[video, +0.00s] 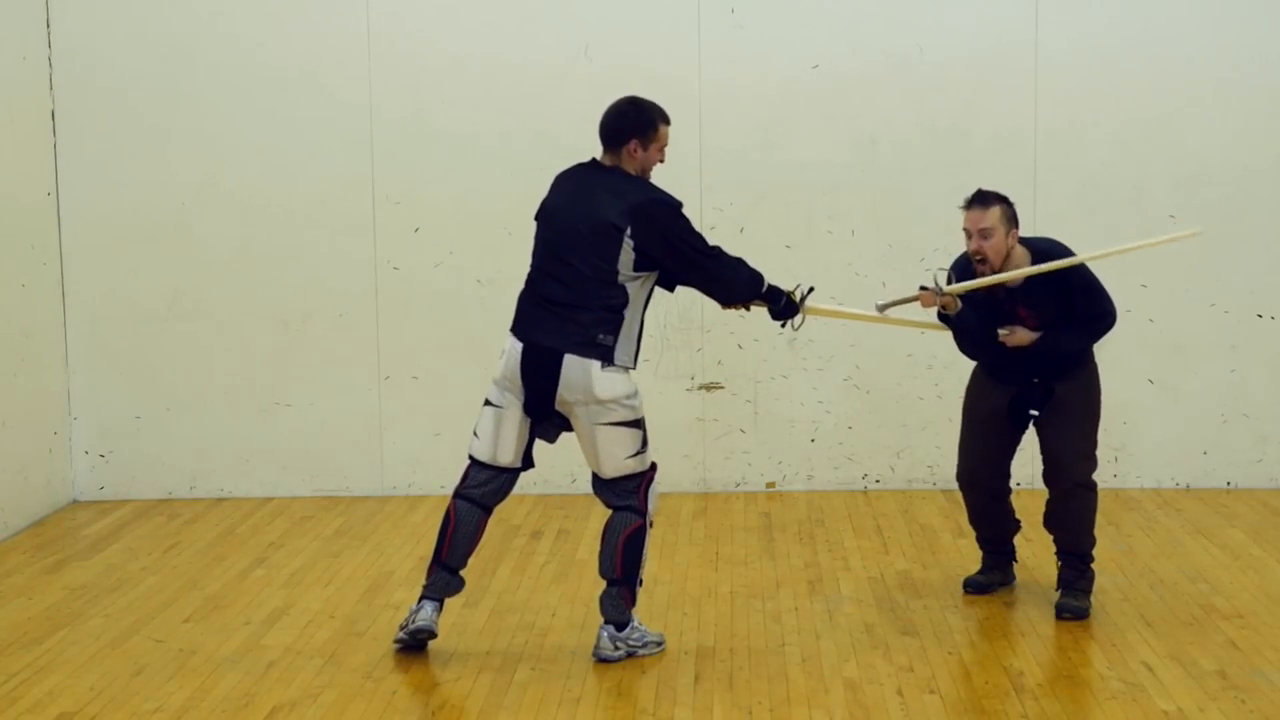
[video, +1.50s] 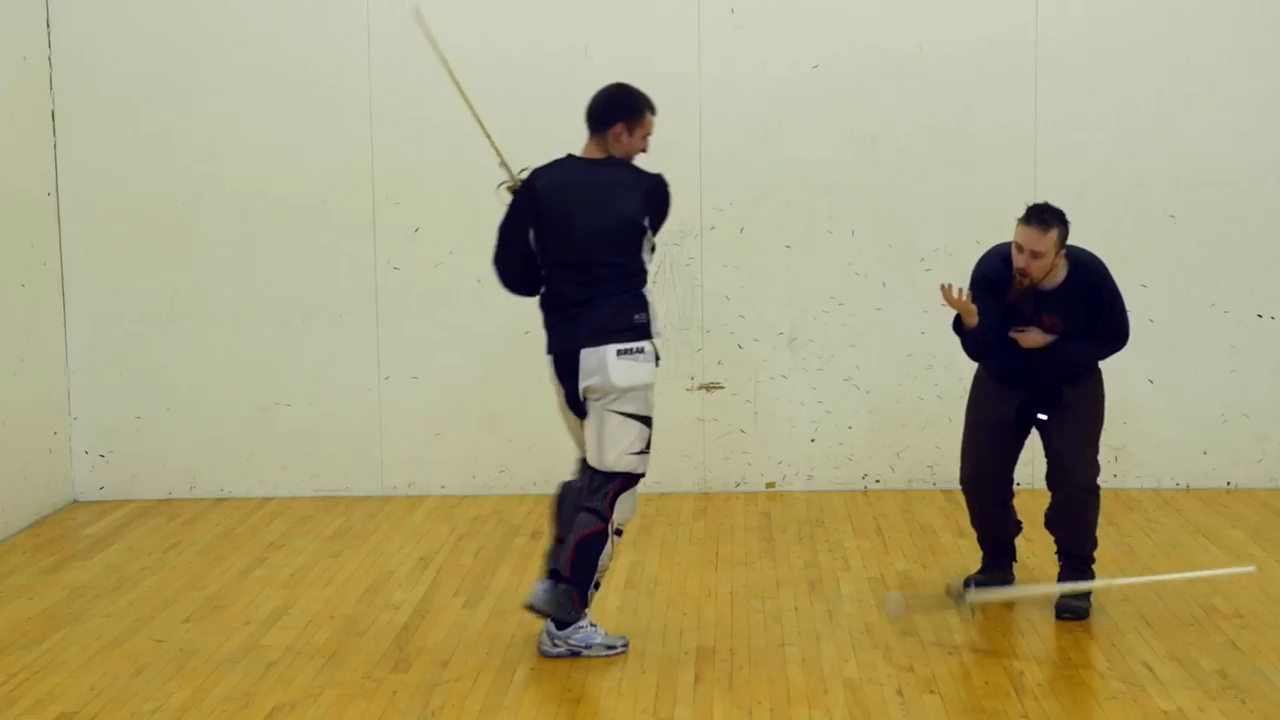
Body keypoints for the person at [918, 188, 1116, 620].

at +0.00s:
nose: (975, 246)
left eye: (986, 235)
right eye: (969, 235)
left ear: (1012, 234)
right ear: (964, 234)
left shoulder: (1054, 260)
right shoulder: (963, 274)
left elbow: (1102, 315)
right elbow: (978, 348)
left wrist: (1040, 339)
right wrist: (953, 311)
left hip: (1067, 375)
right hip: (998, 375)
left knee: (1070, 476)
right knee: (977, 472)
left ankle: (1075, 579)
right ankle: (997, 562)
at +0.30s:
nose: (1006, 251)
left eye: (1017, 240)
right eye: (998, 240)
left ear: (1039, 237)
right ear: (989, 237)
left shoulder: (1072, 262)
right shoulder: (981, 269)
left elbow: (1111, 319)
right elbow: (987, 351)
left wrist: (1049, 335)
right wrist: (970, 320)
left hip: (1073, 378)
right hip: (1004, 378)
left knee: (1075, 476)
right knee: (983, 471)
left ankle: (1075, 581)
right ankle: (997, 563)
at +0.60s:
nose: (1026, 258)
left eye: (1037, 248)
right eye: (1018, 247)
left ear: (1056, 243)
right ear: (1008, 240)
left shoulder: (1086, 268)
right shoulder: (992, 268)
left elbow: (1120, 324)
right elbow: (990, 352)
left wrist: (1056, 338)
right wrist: (975, 323)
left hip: (1075, 376)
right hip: (1005, 371)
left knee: (1076, 476)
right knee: (984, 469)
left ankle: (1075, 582)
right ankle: (997, 562)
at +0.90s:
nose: (1024, 253)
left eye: (1035, 244)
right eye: (1018, 241)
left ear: (1058, 241)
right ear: (1010, 234)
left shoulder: (1090, 268)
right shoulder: (994, 265)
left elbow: (1121, 327)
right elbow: (989, 347)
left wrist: (1058, 337)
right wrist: (970, 324)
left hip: (1075, 375)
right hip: (1005, 371)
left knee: (1075, 477)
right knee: (984, 470)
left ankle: (1075, 582)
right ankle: (997, 563)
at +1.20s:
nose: (1021, 255)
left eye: (1032, 247)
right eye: (1015, 243)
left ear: (1058, 243)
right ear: (1009, 236)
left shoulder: (1088, 269)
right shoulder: (992, 265)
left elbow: (1118, 328)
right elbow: (985, 348)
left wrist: (1055, 338)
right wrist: (972, 320)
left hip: (1074, 379)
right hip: (1006, 374)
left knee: (1076, 480)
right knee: (982, 472)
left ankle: (1075, 581)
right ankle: (997, 563)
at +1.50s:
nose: (1023, 262)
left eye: (1035, 255)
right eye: (1019, 249)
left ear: (1061, 252)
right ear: (1013, 241)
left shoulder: (1090, 275)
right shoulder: (994, 268)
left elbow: (1115, 335)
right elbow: (979, 351)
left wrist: (1053, 343)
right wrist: (969, 324)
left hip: (1071, 384)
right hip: (1001, 380)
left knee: (1075, 480)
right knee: (981, 475)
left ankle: (1075, 577)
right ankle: (997, 565)